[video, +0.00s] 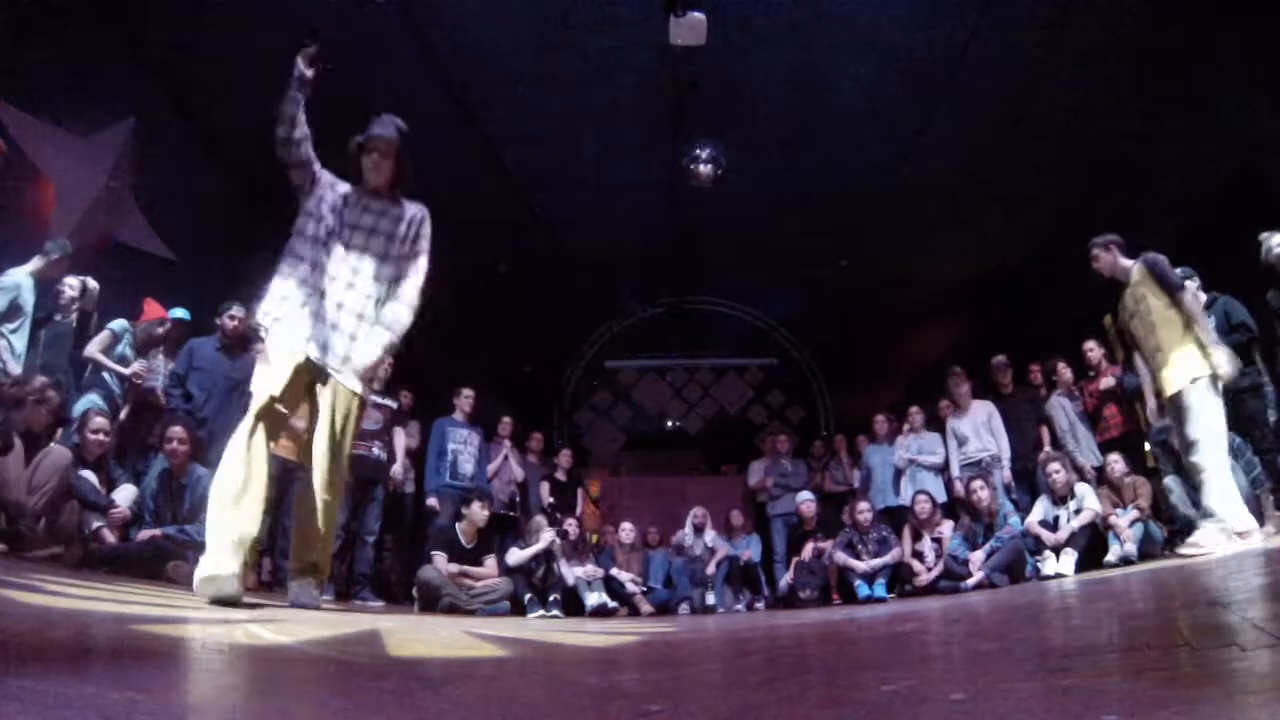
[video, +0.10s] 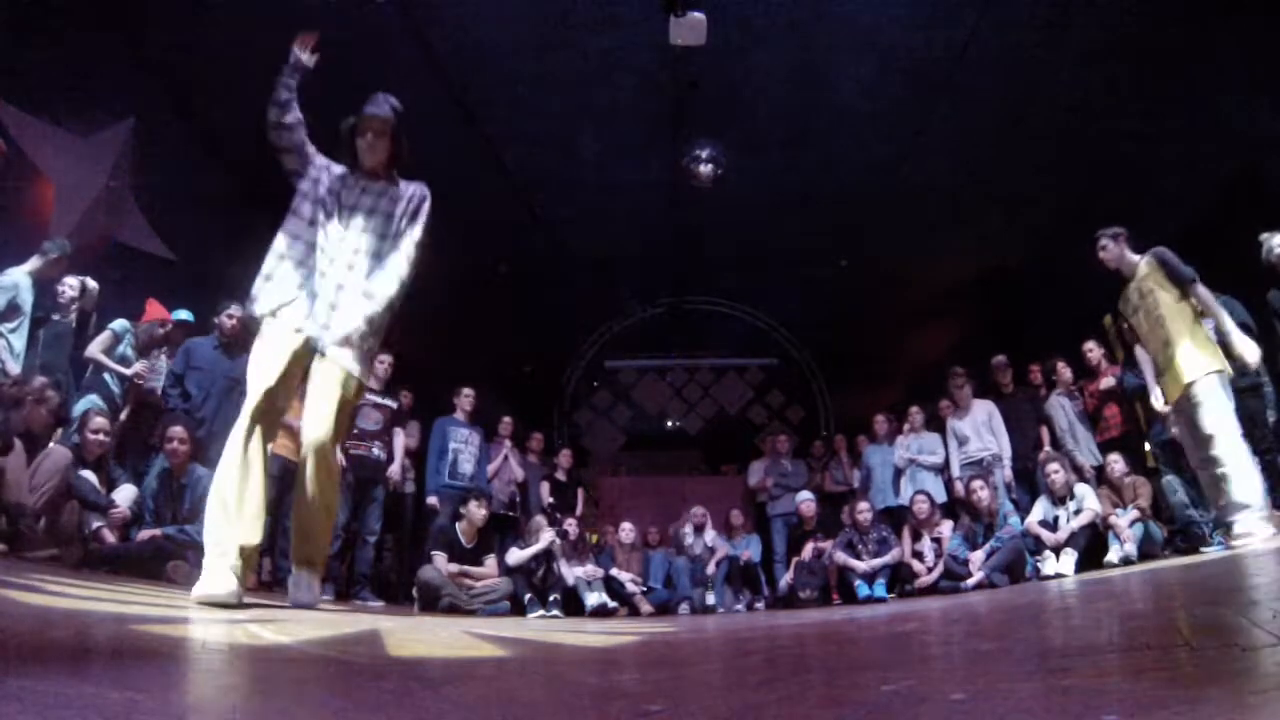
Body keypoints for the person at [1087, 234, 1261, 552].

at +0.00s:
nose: (1096, 267)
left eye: (1096, 258)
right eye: (1093, 262)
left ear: (1112, 251)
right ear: (1105, 259)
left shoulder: (1150, 263)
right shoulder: (1124, 305)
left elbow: (1187, 300)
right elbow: (1139, 354)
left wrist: (1214, 348)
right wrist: (1149, 397)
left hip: (1191, 366)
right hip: (1167, 381)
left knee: (1204, 446)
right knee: (1195, 452)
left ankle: (1216, 524)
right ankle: (1241, 522)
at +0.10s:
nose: (1101, 256)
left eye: (1104, 247)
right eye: (1098, 252)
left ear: (1122, 242)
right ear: (1104, 257)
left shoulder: (1157, 258)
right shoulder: (1124, 303)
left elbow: (1199, 292)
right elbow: (1140, 347)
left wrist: (1233, 335)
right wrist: (1152, 387)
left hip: (1197, 361)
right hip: (1170, 381)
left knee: (1221, 439)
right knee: (1200, 454)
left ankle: (1252, 514)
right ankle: (1231, 519)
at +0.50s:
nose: (1131, 232)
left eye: (1133, 224)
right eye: (1127, 228)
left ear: (1152, 216)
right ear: (1133, 232)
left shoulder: (1199, 239)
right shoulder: (1146, 276)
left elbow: (1235, 283)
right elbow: (1156, 321)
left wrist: (1254, 332)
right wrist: (1177, 353)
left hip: (1239, 346)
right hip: (1199, 361)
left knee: (1271, 438)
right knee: (1216, 450)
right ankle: (1228, 528)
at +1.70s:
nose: (1132, 238)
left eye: (1132, 229)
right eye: (1126, 238)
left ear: (1148, 223)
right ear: (1129, 247)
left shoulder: (1187, 241)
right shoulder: (1158, 282)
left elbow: (1208, 289)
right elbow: (1178, 324)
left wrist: (1197, 342)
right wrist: (1186, 365)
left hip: (1229, 354)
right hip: (1198, 371)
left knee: (1263, 439)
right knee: (1225, 452)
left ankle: (1275, 513)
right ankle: (1257, 520)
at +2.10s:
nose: (1149, 219)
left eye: (1152, 211)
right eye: (1144, 218)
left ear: (1168, 209)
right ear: (1145, 229)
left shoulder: (1210, 230)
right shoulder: (1161, 275)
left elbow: (1240, 272)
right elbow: (1162, 330)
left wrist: (1244, 321)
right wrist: (1160, 384)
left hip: (1253, 339)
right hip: (1213, 356)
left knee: (1277, 417)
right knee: (1232, 442)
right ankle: (1253, 520)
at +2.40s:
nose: (1162, 203)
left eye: (1166, 194)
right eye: (1156, 200)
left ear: (1184, 195)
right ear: (1157, 213)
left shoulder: (1228, 227)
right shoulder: (1165, 258)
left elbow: (1268, 267)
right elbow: (1172, 306)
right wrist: (1189, 344)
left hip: (1265, 337)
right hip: (1219, 356)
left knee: (1279, 422)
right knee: (1249, 437)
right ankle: (1269, 515)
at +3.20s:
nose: (1145, 218)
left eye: (1149, 209)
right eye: (1141, 215)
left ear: (1166, 207)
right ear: (1141, 226)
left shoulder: (1200, 234)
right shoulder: (1156, 273)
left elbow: (1226, 286)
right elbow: (1164, 331)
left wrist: (1225, 347)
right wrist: (1167, 390)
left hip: (1242, 351)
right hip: (1204, 370)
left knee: (1274, 435)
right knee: (1237, 452)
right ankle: (1268, 513)